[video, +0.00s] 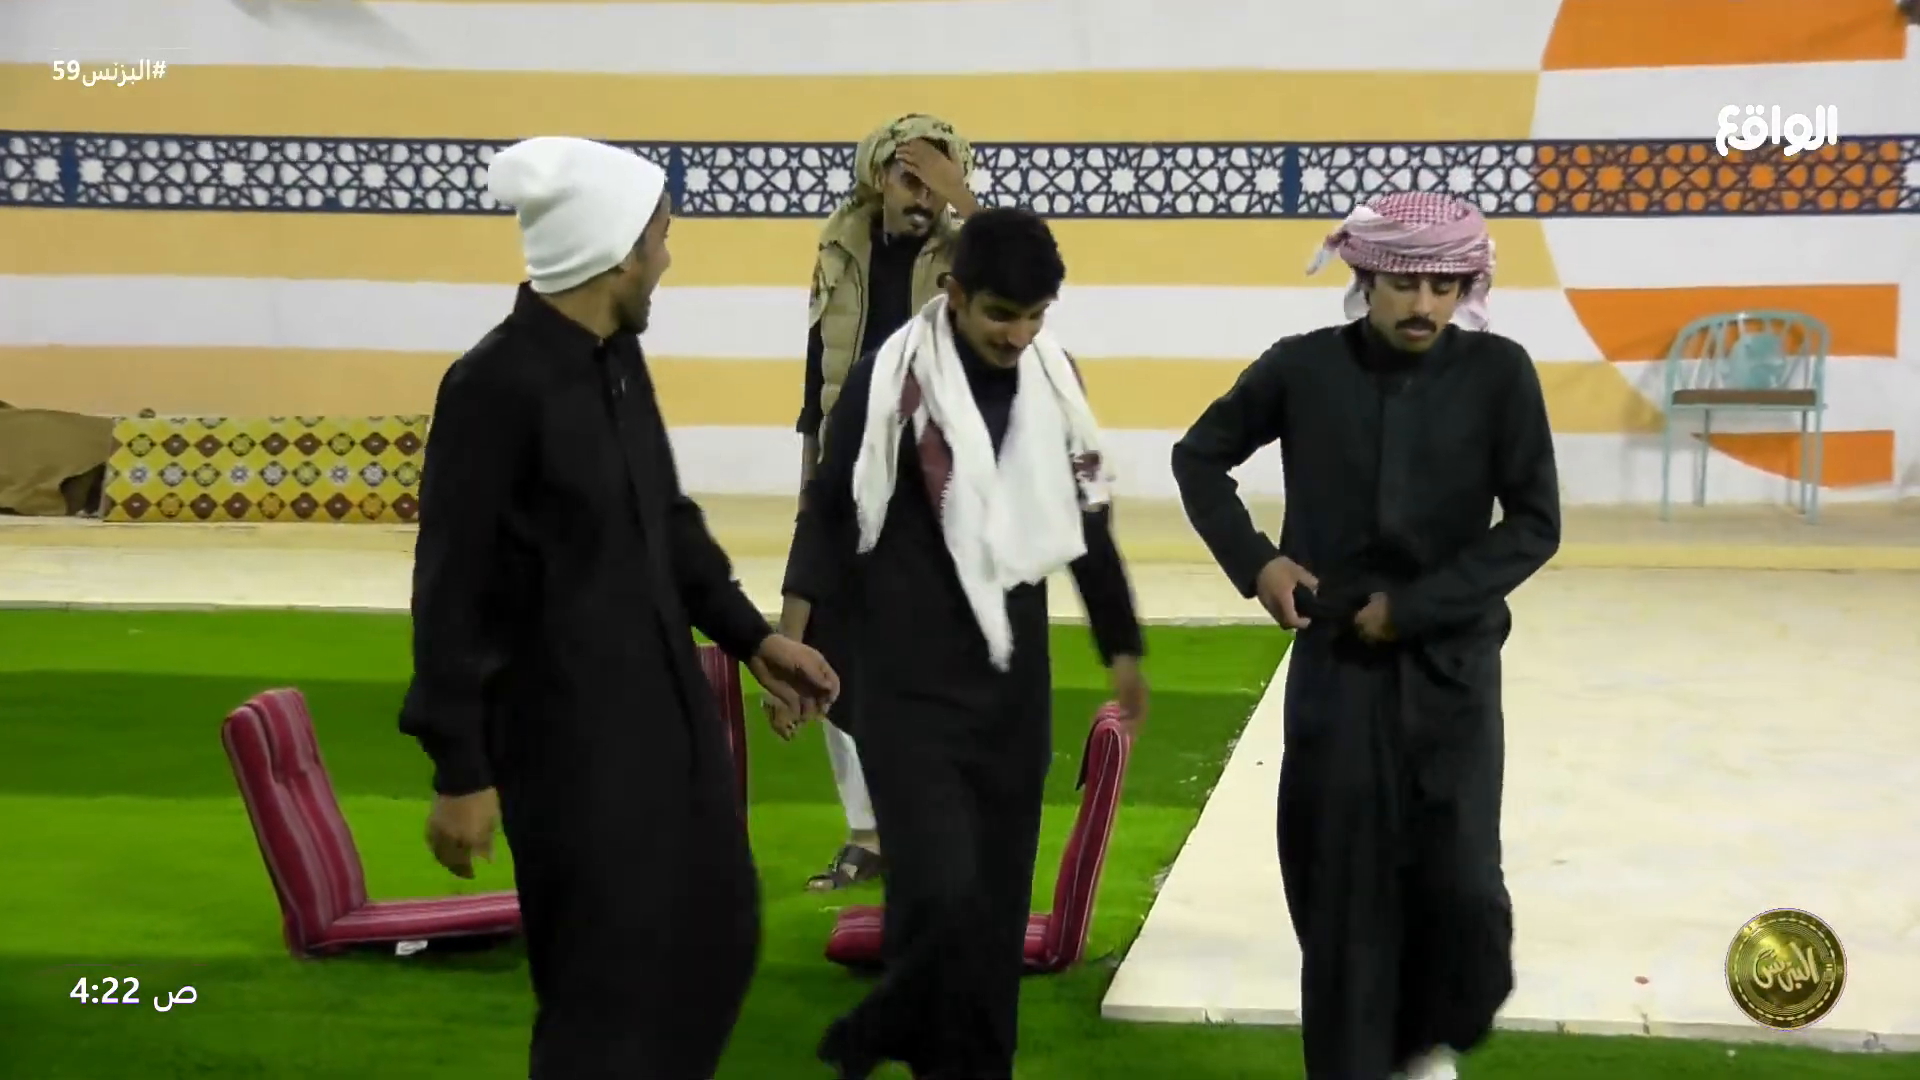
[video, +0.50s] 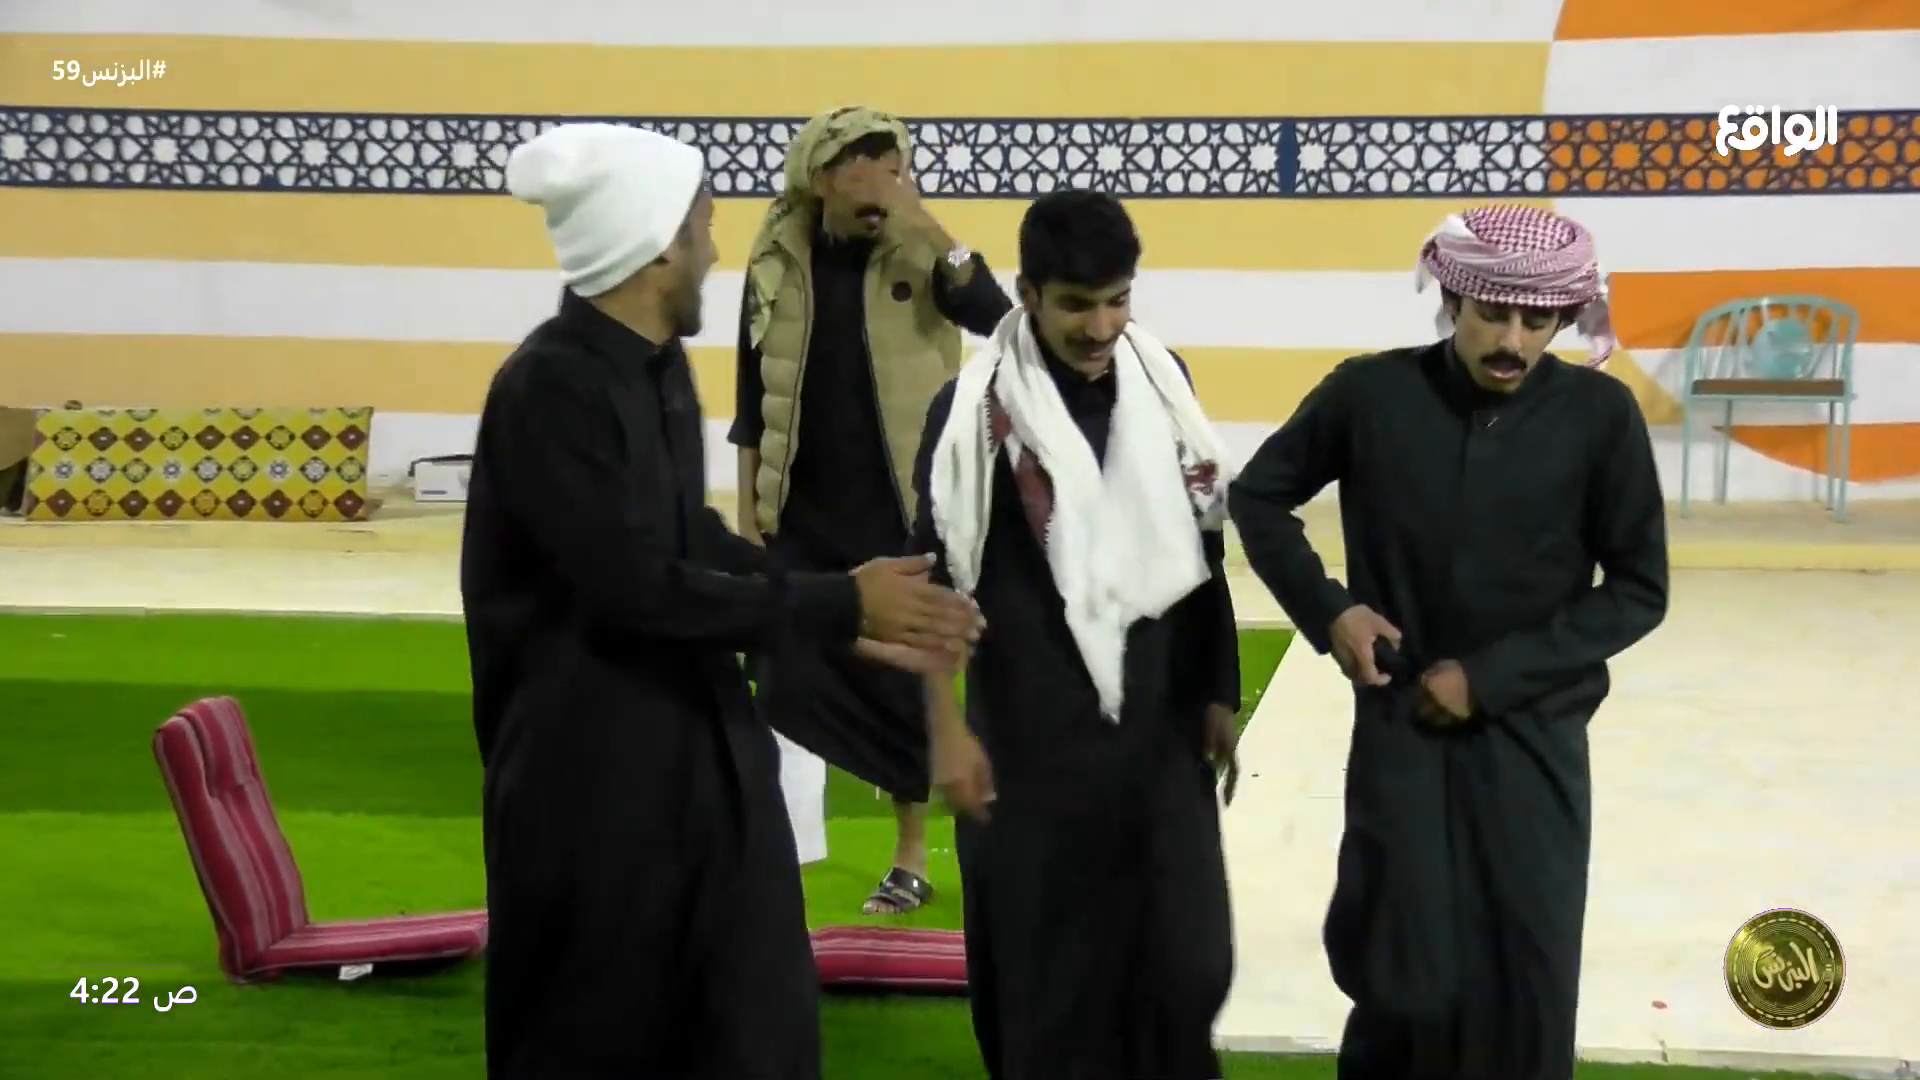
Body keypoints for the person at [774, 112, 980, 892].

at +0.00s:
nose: (918, 201)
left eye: (931, 188)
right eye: (904, 183)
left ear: (952, 191)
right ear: (874, 179)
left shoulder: (968, 252)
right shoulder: (842, 243)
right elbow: (821, 356)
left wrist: (964, 211)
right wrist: (813, 465)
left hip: (942, 493)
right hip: (849, 489)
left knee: (932, 651)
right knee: (842, 650)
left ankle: (935, 830)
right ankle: (865, 831)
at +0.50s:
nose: (879, 200)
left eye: (888, 185)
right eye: (863, 185)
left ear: (903, 184)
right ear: (819, 182)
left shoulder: (921, 254)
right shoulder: (775, 263)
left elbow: (993, 315)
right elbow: (753, 385)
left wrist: (927, 228)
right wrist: (749, 494)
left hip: (903, 510)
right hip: (804, 512)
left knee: (902, 680)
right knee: (788, 680)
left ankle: (910, 862)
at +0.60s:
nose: (840, 192)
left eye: (849, 176)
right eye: (820, 177)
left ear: (858, 182)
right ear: (774, 186)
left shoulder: (889, 263)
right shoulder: (743, 275)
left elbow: (987, 346)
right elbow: (701, 388)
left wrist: (943, 325)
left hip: (874, 524)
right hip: (768, 525)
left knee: (873, 690)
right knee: (774, 686)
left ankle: (895, 860)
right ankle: (774, 859)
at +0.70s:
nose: (812, 187)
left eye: (816, 172)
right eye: (794, 179)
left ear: (826, 164)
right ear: (748, 188)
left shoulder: (865, 252)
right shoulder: (725, 273)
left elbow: (952, 341)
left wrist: (920, 386)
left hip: (865, 501)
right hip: (759, 519)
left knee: (848, 692)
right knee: (781, 690)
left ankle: (871, 834)